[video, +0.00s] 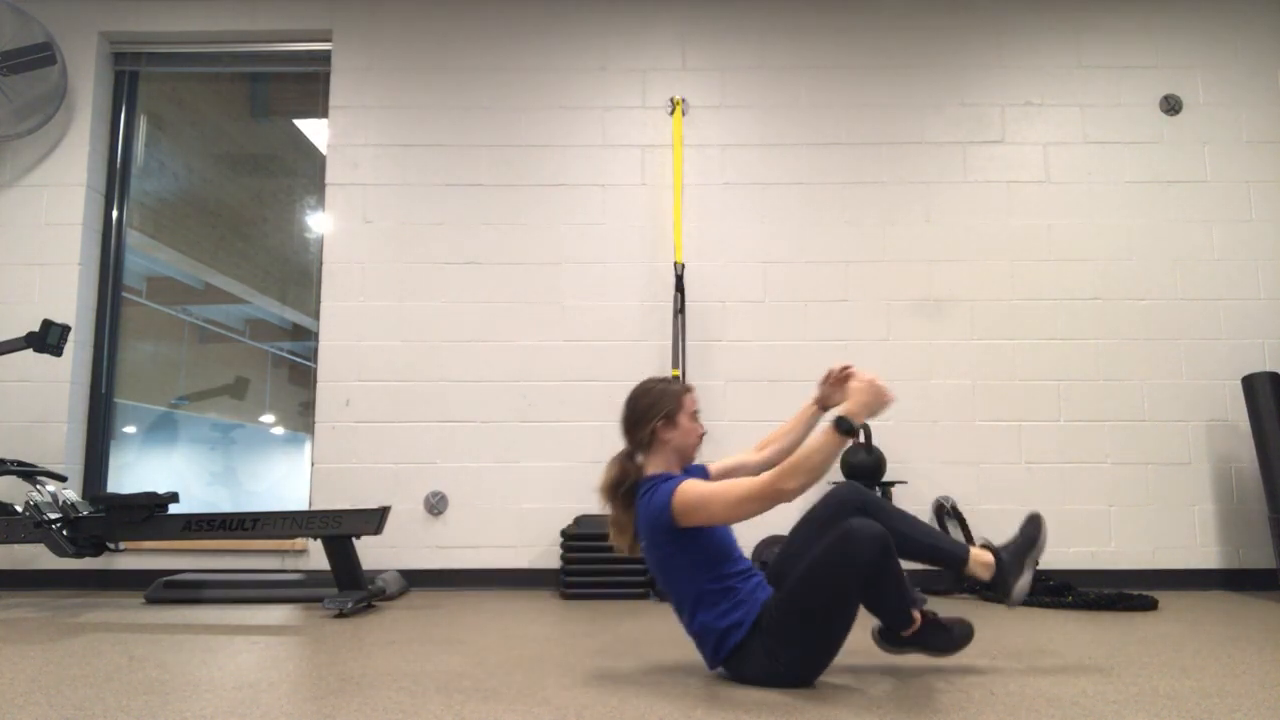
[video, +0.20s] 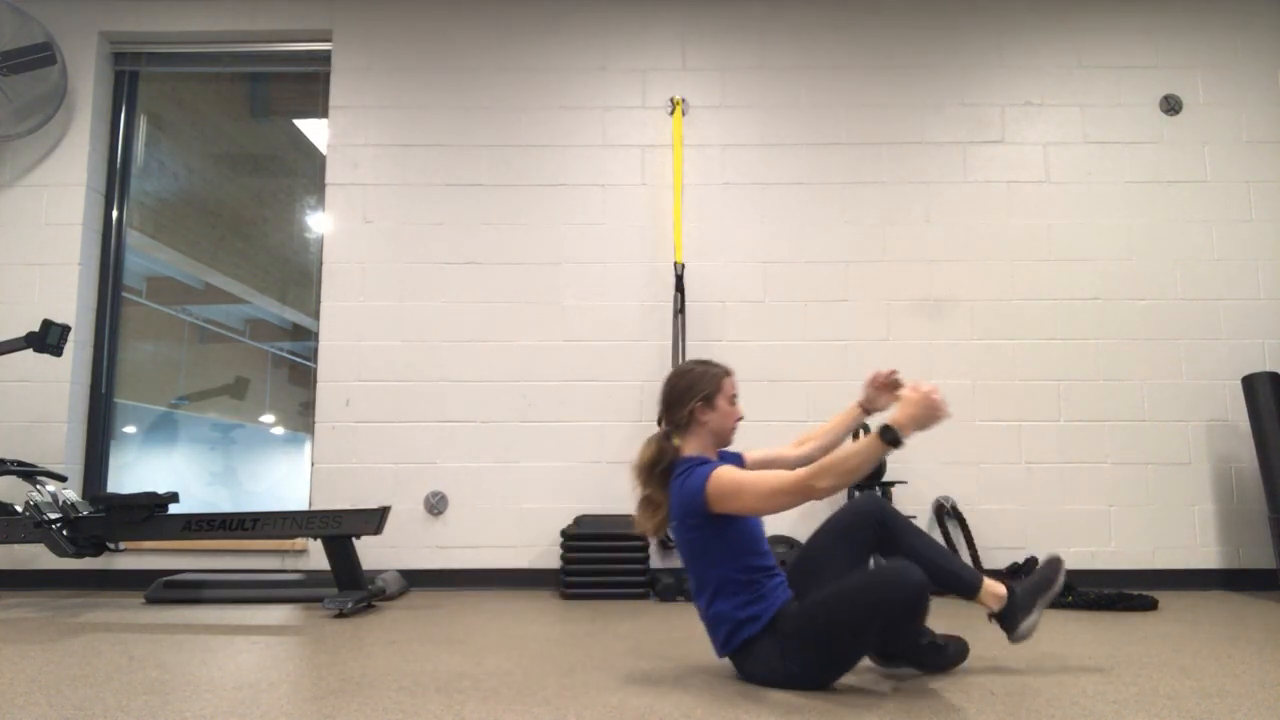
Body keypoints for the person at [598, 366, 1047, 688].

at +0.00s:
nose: (701, 425)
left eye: (698, 416)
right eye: (693, 416)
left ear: (664, 429)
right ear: (663, 428)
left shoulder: (685, 479)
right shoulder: (667, 500)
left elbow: (765, 456)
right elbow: (782, 486)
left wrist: (819, 402)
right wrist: (850, 417)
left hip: (767, 615)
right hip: (762, 651)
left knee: (847, 497)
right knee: (857, 537)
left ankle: (987, 567)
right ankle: (904, 626)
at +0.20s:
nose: (740, 412)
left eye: (736, 400)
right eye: (731, 401)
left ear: (702, 410)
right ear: (701, 411)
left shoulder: (721, 464)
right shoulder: (700, 483)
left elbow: (800, 453)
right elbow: (814, 484)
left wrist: (862, 407)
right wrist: (897, 427)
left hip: (785, 610)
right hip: (771, 647)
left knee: (869, 514)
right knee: (902, 581)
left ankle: (1000, 599)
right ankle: (900, 647)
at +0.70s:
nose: (824, 392)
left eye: (822, 381)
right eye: (817, 381)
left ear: (782, 387)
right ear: (785, 386)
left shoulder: (789, 448)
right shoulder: (783, 458)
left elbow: (870, 479)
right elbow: (880, 504)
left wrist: (948, 471)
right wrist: (992, 493)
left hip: (823, 610)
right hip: (794, 636)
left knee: (909, 534)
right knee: (935, 665)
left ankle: (1025, 629)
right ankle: (946, 653)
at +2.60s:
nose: (589, 494)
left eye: (581, 486)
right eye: (576, 491)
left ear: (557, 517)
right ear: (554, 516)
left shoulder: (594, 558)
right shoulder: (596, 576)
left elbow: (689, 592)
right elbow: (701, 608)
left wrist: (677, 524)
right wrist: (682, 529)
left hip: (731, 625)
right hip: (746, 651)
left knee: (785, 474)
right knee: (809, 493)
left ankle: (926, 506)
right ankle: (934, 582)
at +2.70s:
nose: (562, 518)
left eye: (551, 511)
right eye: (548, 518)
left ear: (535, 547)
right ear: (531, 547)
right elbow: (683, 621)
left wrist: (633, 539)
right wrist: (648, 548)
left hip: (733, 624)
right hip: (743, 648)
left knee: (747, 466)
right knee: (753, 477)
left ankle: (875, 464)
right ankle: (910, 512)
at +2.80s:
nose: (536, 539)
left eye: (524, 535)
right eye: (520, 542)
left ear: (522, 567)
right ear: (511, 576)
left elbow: (661, 614)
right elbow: (670, 625)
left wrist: (610, 562)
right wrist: (618, 562)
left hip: (723, 624)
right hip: (735, 644)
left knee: (702, 466)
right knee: (703, 470)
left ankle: (824, 426)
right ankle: (853, 447)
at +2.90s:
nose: (514, 554)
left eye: (503, 551)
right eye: (499, 558)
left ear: (504, 587)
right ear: (493, 595)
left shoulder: (557, 610)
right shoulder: (555, 631)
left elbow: (651, 604)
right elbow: (654, 617)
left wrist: (591, 567)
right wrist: (593, 568)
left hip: (712, 613)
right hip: (721, 627)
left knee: (665, 461)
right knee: (665, 464)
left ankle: (776, 390)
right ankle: (797, 398)